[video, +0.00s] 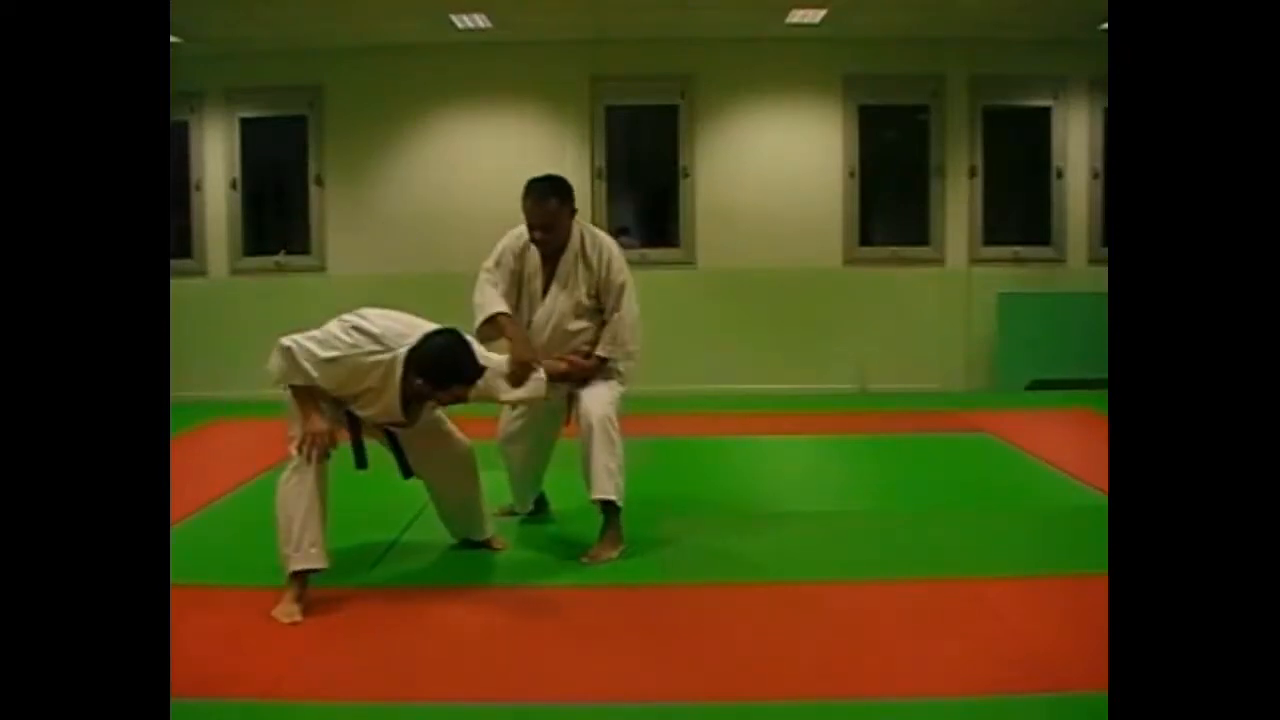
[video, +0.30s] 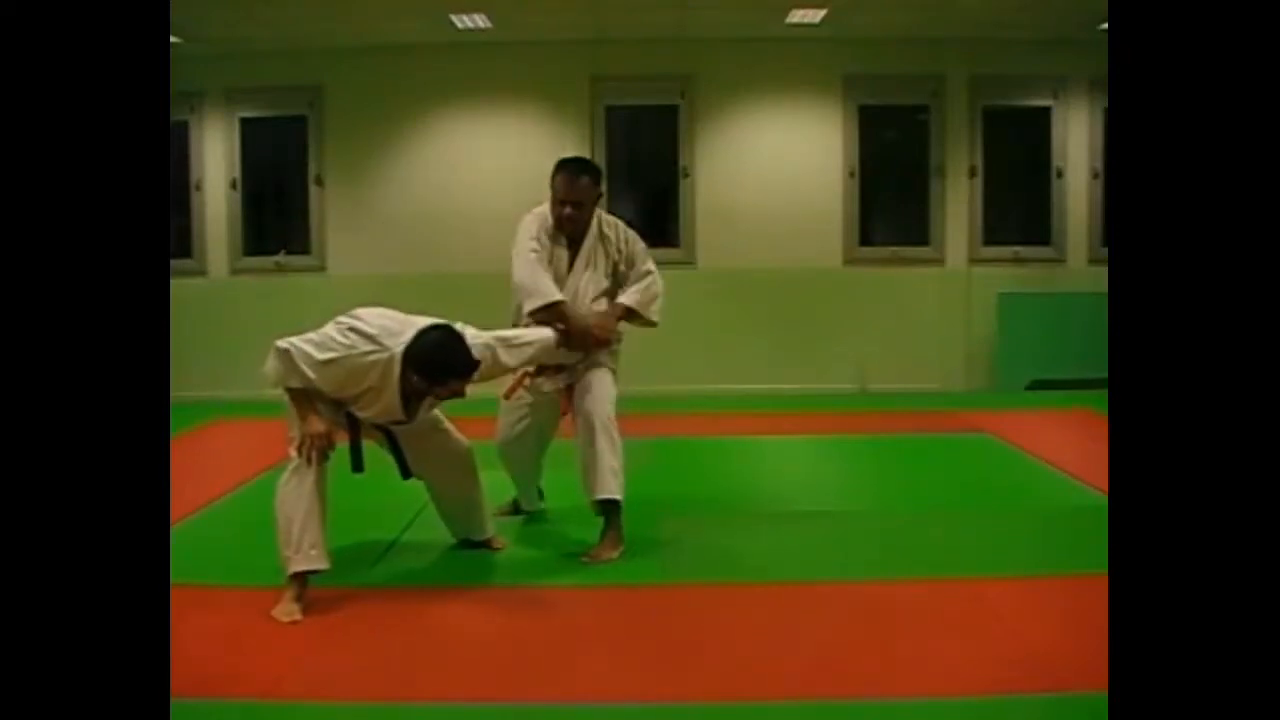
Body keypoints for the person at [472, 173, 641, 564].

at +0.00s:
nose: (537, 237)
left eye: (546, 228)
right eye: (531, 228)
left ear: (571, 215)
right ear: (524, 218)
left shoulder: (602, 251)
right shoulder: (515, 246)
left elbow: (623, 318)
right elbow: (487, 290)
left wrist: (593, 364)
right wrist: (517, 338)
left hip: (592, 365)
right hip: (535, 366)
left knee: (598, 413)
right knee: (513, 434)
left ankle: (611, 525)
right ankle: (530, 502)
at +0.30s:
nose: (567, 213)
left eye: (578, 205)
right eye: (560, 203)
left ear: (596, 201)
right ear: (550, 196)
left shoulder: (615, 233)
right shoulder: (536, 224)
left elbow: (650, 282)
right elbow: (528, 277)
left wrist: (609, 316)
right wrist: (572, 323)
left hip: (592, 357)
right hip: (539, 357)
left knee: (598, 418)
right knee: (511, 437)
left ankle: (611, 526)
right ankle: (529, 500)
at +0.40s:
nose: (571, 199)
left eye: (582, 192)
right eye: (564, 189)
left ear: (599, 188)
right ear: (553, 181)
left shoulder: (616, 223)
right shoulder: (534, 212)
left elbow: (656, 268)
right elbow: (532, 249)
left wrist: (643, 279)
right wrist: (588, 280)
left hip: (592, 356)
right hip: (535, 356)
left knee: (599, 418)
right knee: (513, 439)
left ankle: (611, 528)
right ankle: (528, 498)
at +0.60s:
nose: (564, 169)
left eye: (574, 163)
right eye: (560, 163)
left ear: (595, 171)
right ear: (555, 169)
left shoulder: (614, 217)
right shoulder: (539, 209)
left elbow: (574, 195)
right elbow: (500, 194)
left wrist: (539, 155)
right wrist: (513, 159)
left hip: (595, 348)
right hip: (544, 349)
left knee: (594, 420)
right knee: (516, 431)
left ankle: (607, 521)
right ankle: (527, 498)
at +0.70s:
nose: (558, 167)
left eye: (568, 159)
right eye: (558, 160)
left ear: (593, 168)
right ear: (566, 166)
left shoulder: (615, 209)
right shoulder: (549, 218)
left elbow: (543, 183)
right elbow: (501, 210)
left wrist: (486, 146)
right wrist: (474, 174)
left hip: (609, 347)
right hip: (563, 351)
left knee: (581, 421)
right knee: (531, 425)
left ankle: (611, 523)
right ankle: (529, 496)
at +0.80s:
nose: (554, 191)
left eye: (561, 182)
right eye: (553, 182)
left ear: (588, 177)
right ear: (581, 180)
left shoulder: (612, 209)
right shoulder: (590, 212)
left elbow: (558, 238)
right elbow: (551, 278)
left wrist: (506, 240)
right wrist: (507, 262)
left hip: (637, 340)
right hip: (608, 339)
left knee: (578, 425)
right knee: (564, 417)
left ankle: (621, 530)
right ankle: (563, 491)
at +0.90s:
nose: (555, 201)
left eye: (561, 191)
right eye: (554, 192)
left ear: (587, 184)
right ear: (589, 184)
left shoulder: (610, 219)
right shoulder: (611, 212)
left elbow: (557, 296)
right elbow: (570, 290)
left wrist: (526, 290)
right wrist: (533, 296)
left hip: (653, 344)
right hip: (636, 342)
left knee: (591, 427)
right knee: (595, 419)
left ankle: (622, 533)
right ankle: (625, 497)